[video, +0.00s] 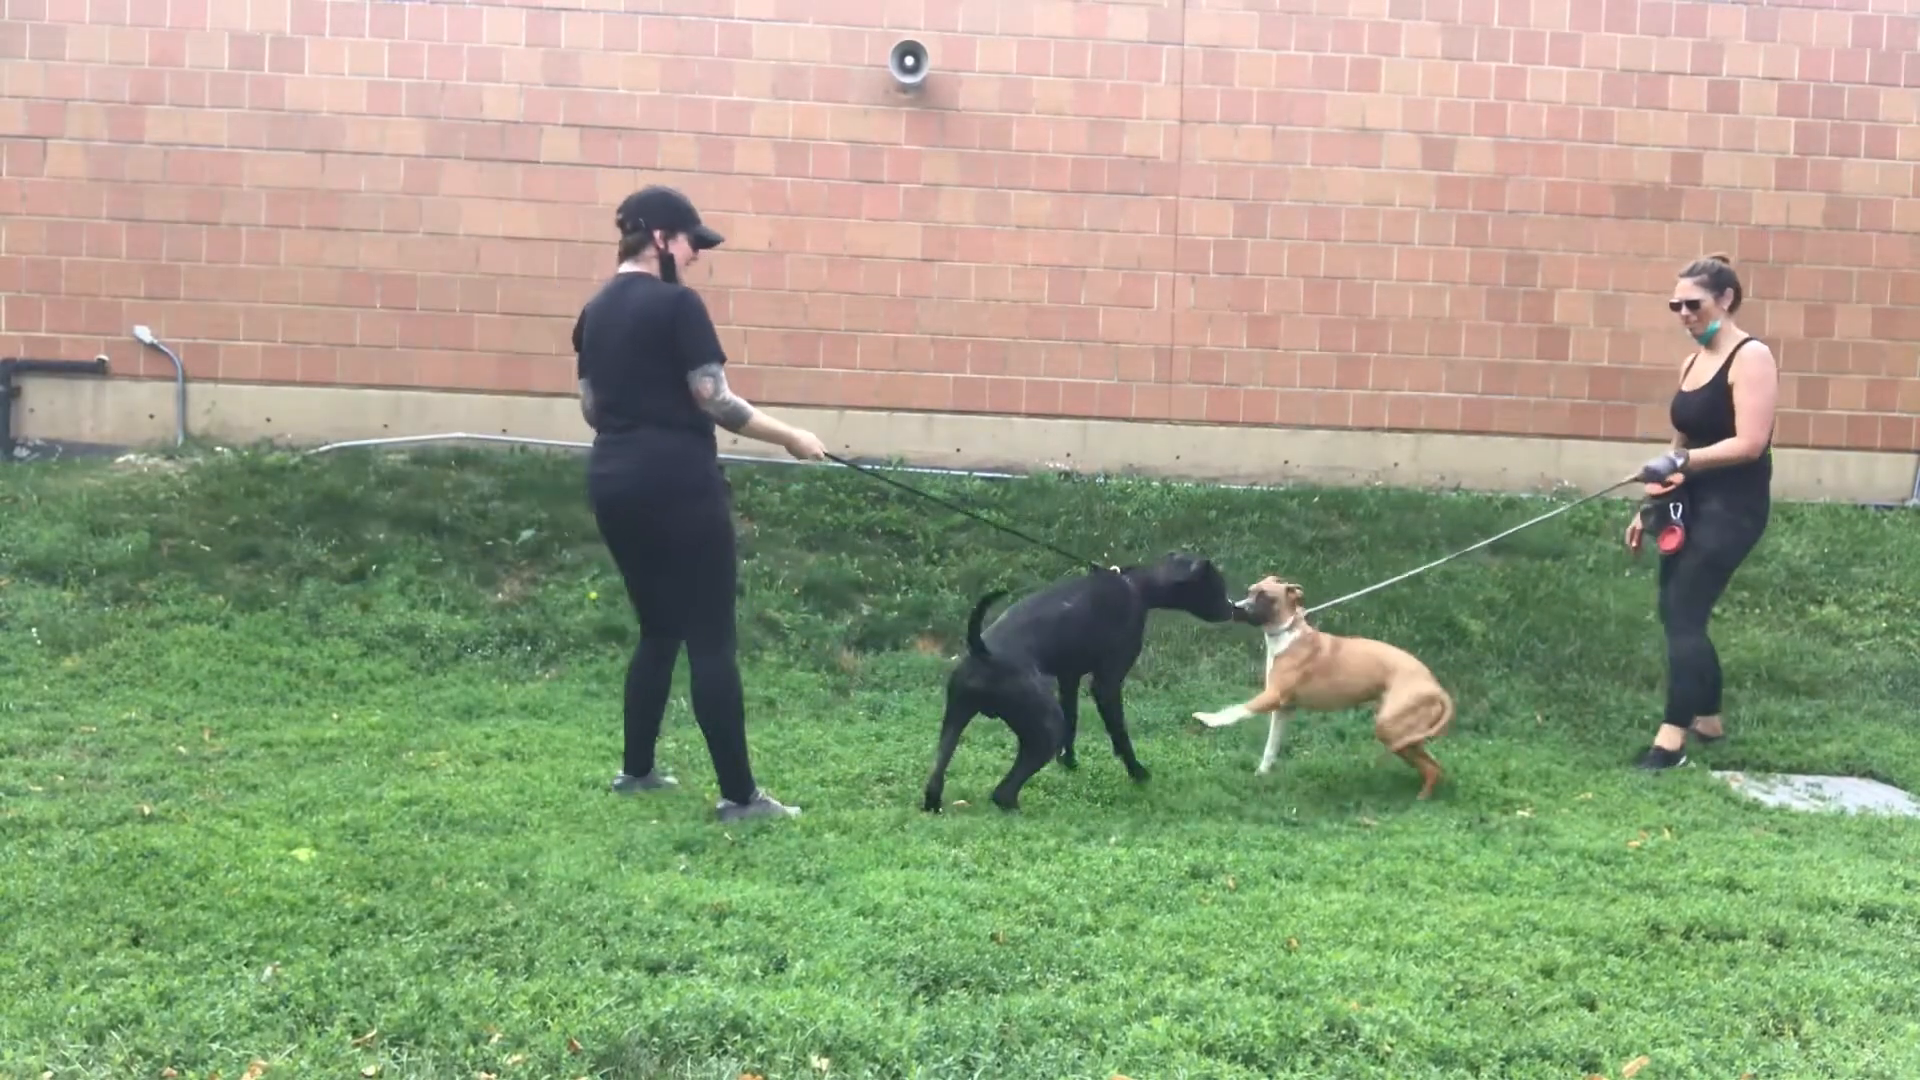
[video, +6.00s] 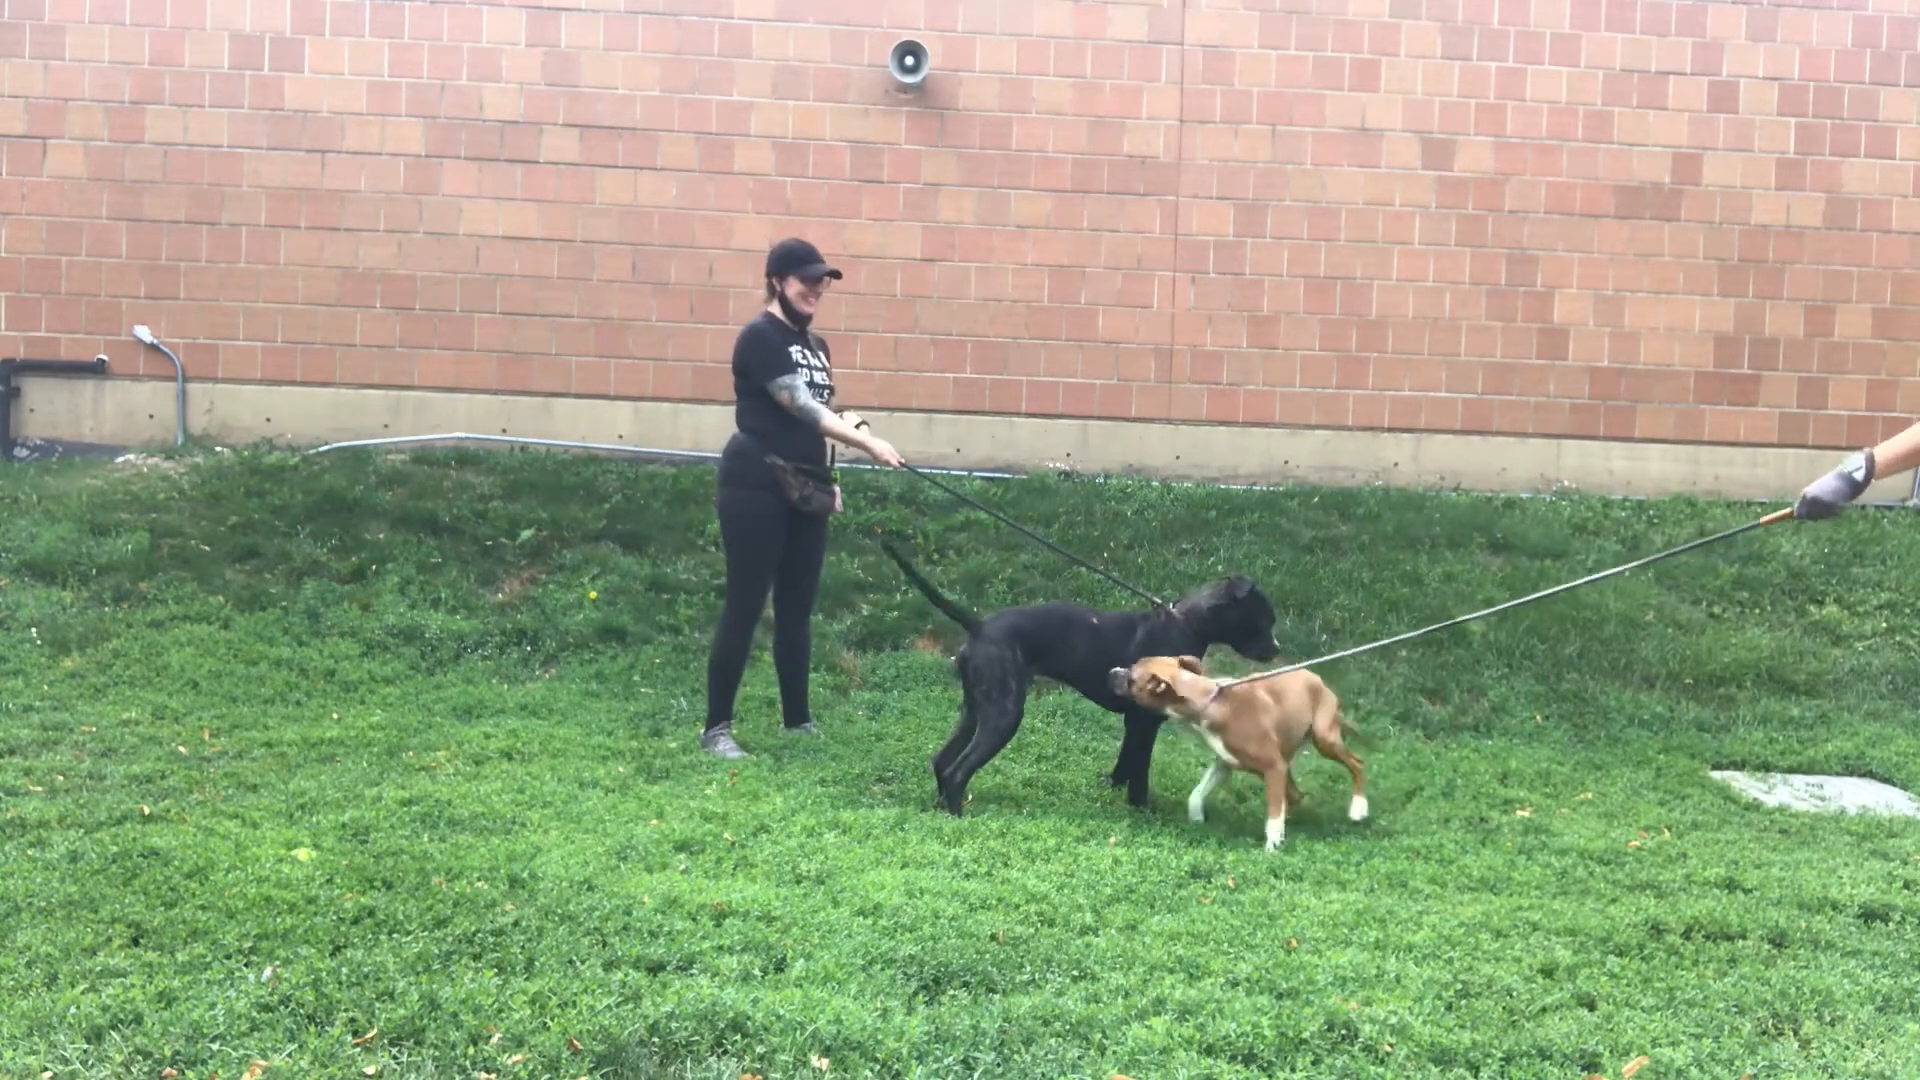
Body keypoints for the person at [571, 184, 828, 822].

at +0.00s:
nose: (699, 259)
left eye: (700, 247)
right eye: (695, 246)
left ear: (635, 241)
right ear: (664, 240)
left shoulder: (594, 309)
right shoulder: (677, 302)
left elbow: (594, 409)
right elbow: (714, 398)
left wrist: (675, 418)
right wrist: (790, 436)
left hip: (613, 472)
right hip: (679, 472)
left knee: (658, 628)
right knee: (712, 635)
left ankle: (636, 771)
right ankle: (740, 796)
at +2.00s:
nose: (743, 269)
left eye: (745, 258)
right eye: (738, 257)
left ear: (694, 256)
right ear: (707, 254)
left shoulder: (642, 315)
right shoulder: (720, 312)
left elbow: (633, 407)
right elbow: (745, 406)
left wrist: (715, 421)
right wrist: (802, 455)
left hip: (648, 469)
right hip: (710, 469)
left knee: (691, 618)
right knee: (726, 622)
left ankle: (641, 743)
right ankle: (731, 766)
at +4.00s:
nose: (722, 274)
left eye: (725, 265)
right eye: (711, 264)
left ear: (721, 269)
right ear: (681, 268)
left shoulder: (673, 316)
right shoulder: (689, 320)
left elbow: (719, 402)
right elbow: (737, 405)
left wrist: (772, 430)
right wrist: (806, 442)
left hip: (665, 466)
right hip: (691, 470)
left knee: (685, 606)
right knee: (735, 607)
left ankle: (672, 741)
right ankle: (749, 748)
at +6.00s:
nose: (816, 290)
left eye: (821, 282)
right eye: (807, 281)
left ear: (823, 285)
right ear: (778, 282)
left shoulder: (816, 346)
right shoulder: (759, 337)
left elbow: (817, 419)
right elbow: (801, 407)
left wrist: (827, 480)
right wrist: (869, 439)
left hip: (807, 483)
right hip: (756, 479)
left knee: (795, 608)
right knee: (745, 604)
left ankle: (798, 724)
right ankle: (717, 729)